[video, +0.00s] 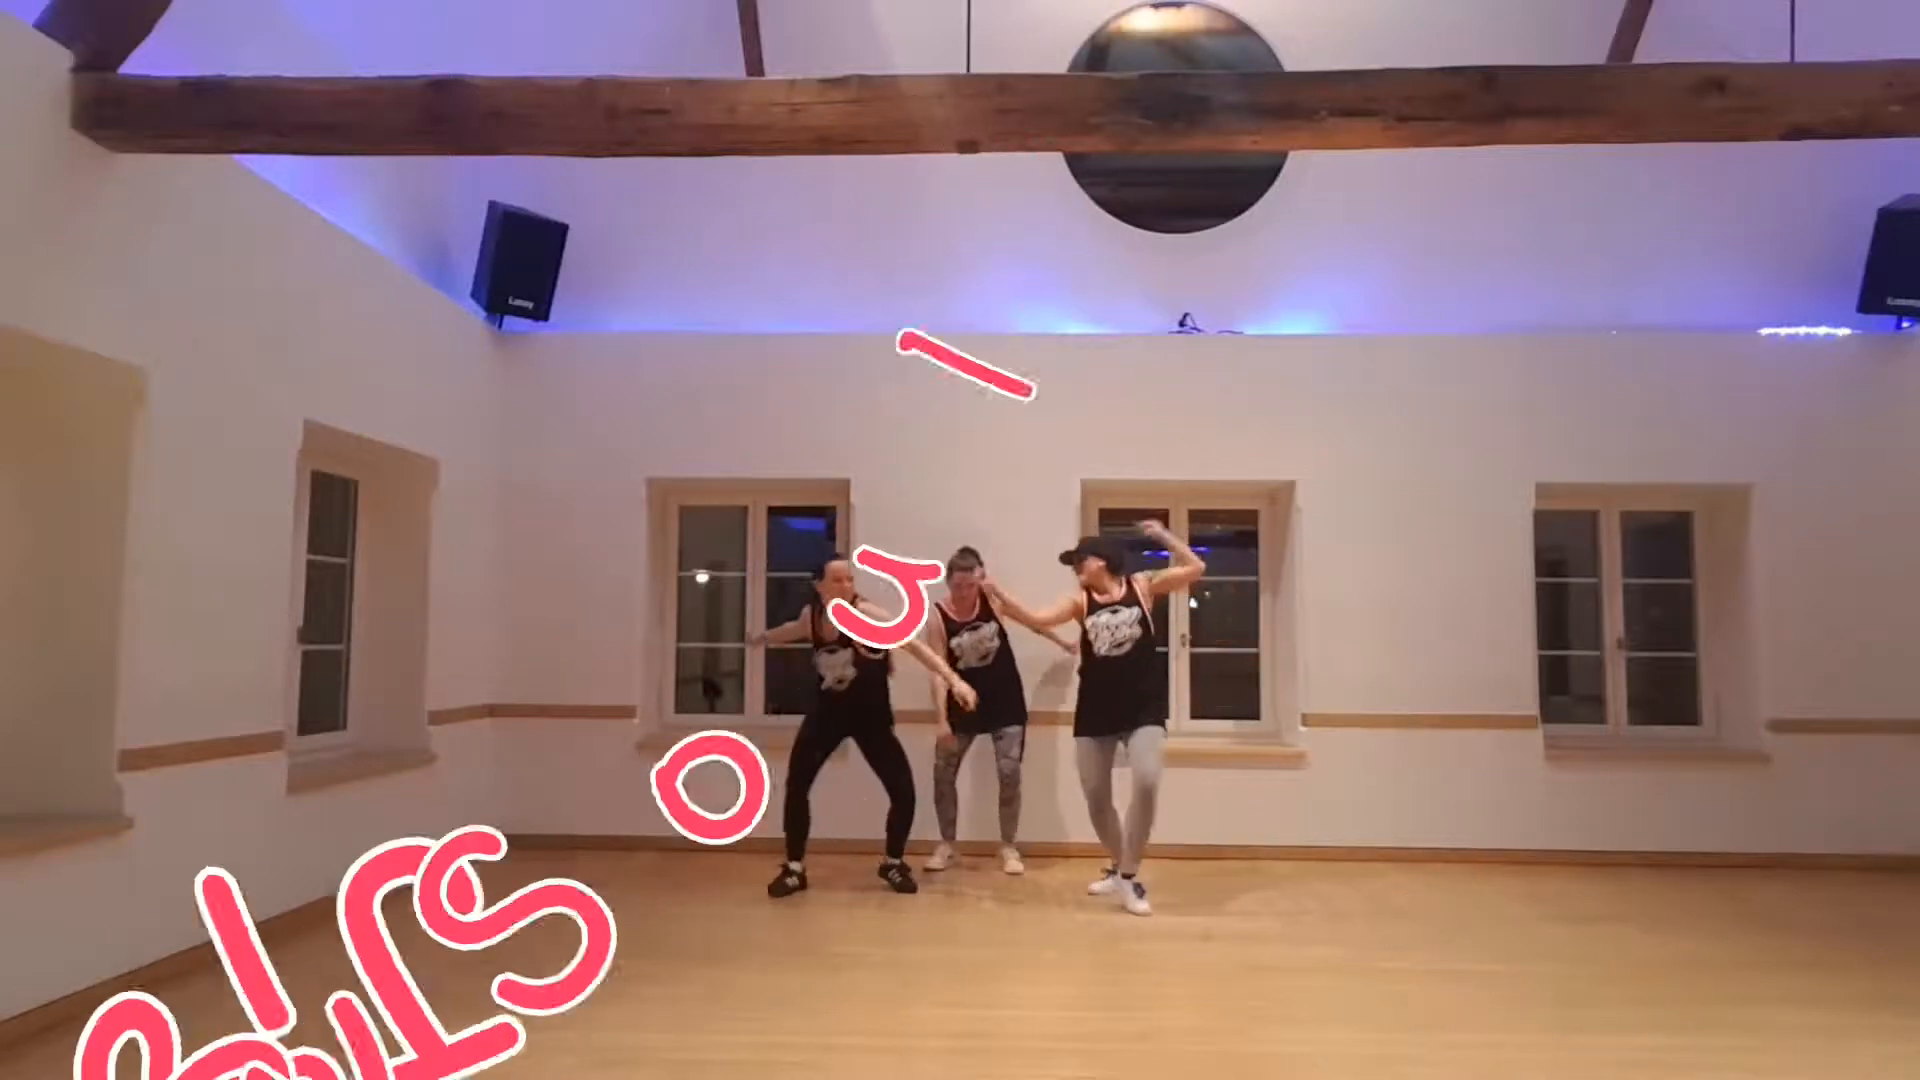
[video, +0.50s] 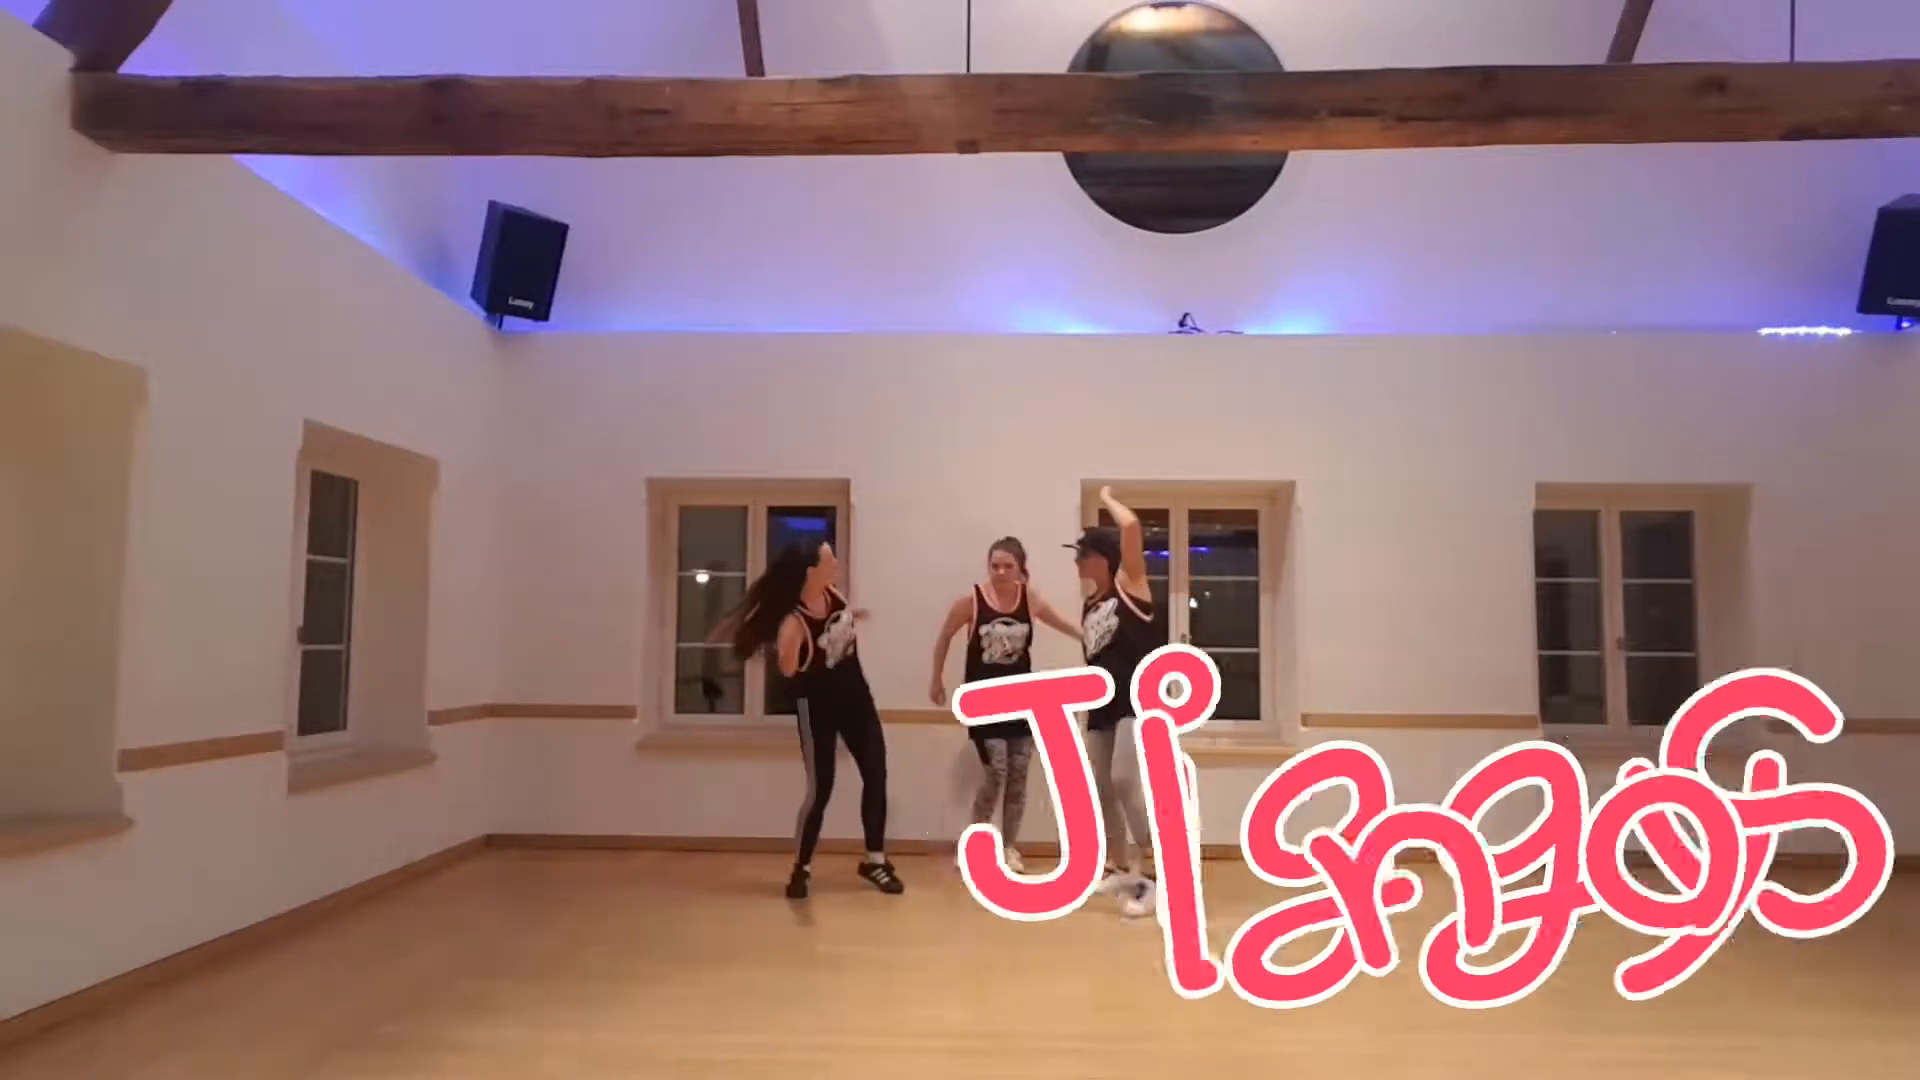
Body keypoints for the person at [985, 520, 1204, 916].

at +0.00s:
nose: (1076, 567)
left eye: (1081, 561)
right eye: (1076, 562)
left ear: (1103, 561)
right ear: (1090, 566)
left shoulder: (1143, 585)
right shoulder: (1081, 601)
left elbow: (1195, 568)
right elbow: (1037, 621)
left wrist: (1162, 535)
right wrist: (999, 596)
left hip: (1143, 708)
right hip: (1096, 713)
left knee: (1148, 782)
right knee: (1096, 797)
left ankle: (1129, 877)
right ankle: (1120, 868)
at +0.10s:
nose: (1076, 581)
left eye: (1080, 574)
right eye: (1074, 575)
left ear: (1102, 571)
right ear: (1086, 576)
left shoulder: (1141, 592)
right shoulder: (1080, 612)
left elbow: (1191, 564)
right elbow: (1037, 637)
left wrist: (1151, 544)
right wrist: (1002, 606)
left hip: (1144, 715)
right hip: (1096, 719)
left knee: (1150, 790)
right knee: (1095, 804)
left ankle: (1127, 881)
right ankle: (1118, 869)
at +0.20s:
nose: (1075, 580)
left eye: (1079, 572)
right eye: (1073, 574)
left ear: (1101, 570)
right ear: (1086, 575)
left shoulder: (1139, 589)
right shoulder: (1080, 613)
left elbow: (1183, 551)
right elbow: (1042, 645)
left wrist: (1144, 543)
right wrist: (1003, 616)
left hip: (1143, 713)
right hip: (1096, 716)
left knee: (1139, 789)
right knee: (1097, 798)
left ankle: (1130, 869)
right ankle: (1116, 865)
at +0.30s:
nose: (1073, 568)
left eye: (1078, 560)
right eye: (1072, 562)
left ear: (1098, 561)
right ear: (1083, 566)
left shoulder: (1134, 580)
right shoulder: (1081, 608)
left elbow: (1171, 532)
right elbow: (1053, 656)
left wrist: (1128, 528)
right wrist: (1015, 634)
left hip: (1144, 703)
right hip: (1101, 709)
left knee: (1132, 776)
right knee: (1102, 790)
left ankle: (1128, 865)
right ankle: (1117, 866)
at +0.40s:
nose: (1073, 564)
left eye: (1077, 557)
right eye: (1072, 558)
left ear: (1098, 558)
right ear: (1087, 560)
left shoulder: (1130, 577)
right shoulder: (1083, 608)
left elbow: (1151, 522)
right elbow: (1071, 664)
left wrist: (1119, 506)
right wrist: (1026, 655)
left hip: (1144, 697)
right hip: (1105, 704)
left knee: (1127, 772)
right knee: (1105, 788)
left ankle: (1139, 868)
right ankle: (1118, 869)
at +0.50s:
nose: (1079, 567)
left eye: (1085, 559)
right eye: (1079, 560)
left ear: (1106, 559)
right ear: (1090, 563)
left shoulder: (1131, 584)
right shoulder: (1092, 607)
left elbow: (1130, 525)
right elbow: (1092, 658)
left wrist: (1107, 497)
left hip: (1134, 706)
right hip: (1099, 709)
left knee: (1125, 781)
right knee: (1101, 788)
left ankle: (1152, 873)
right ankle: (1119, 869)